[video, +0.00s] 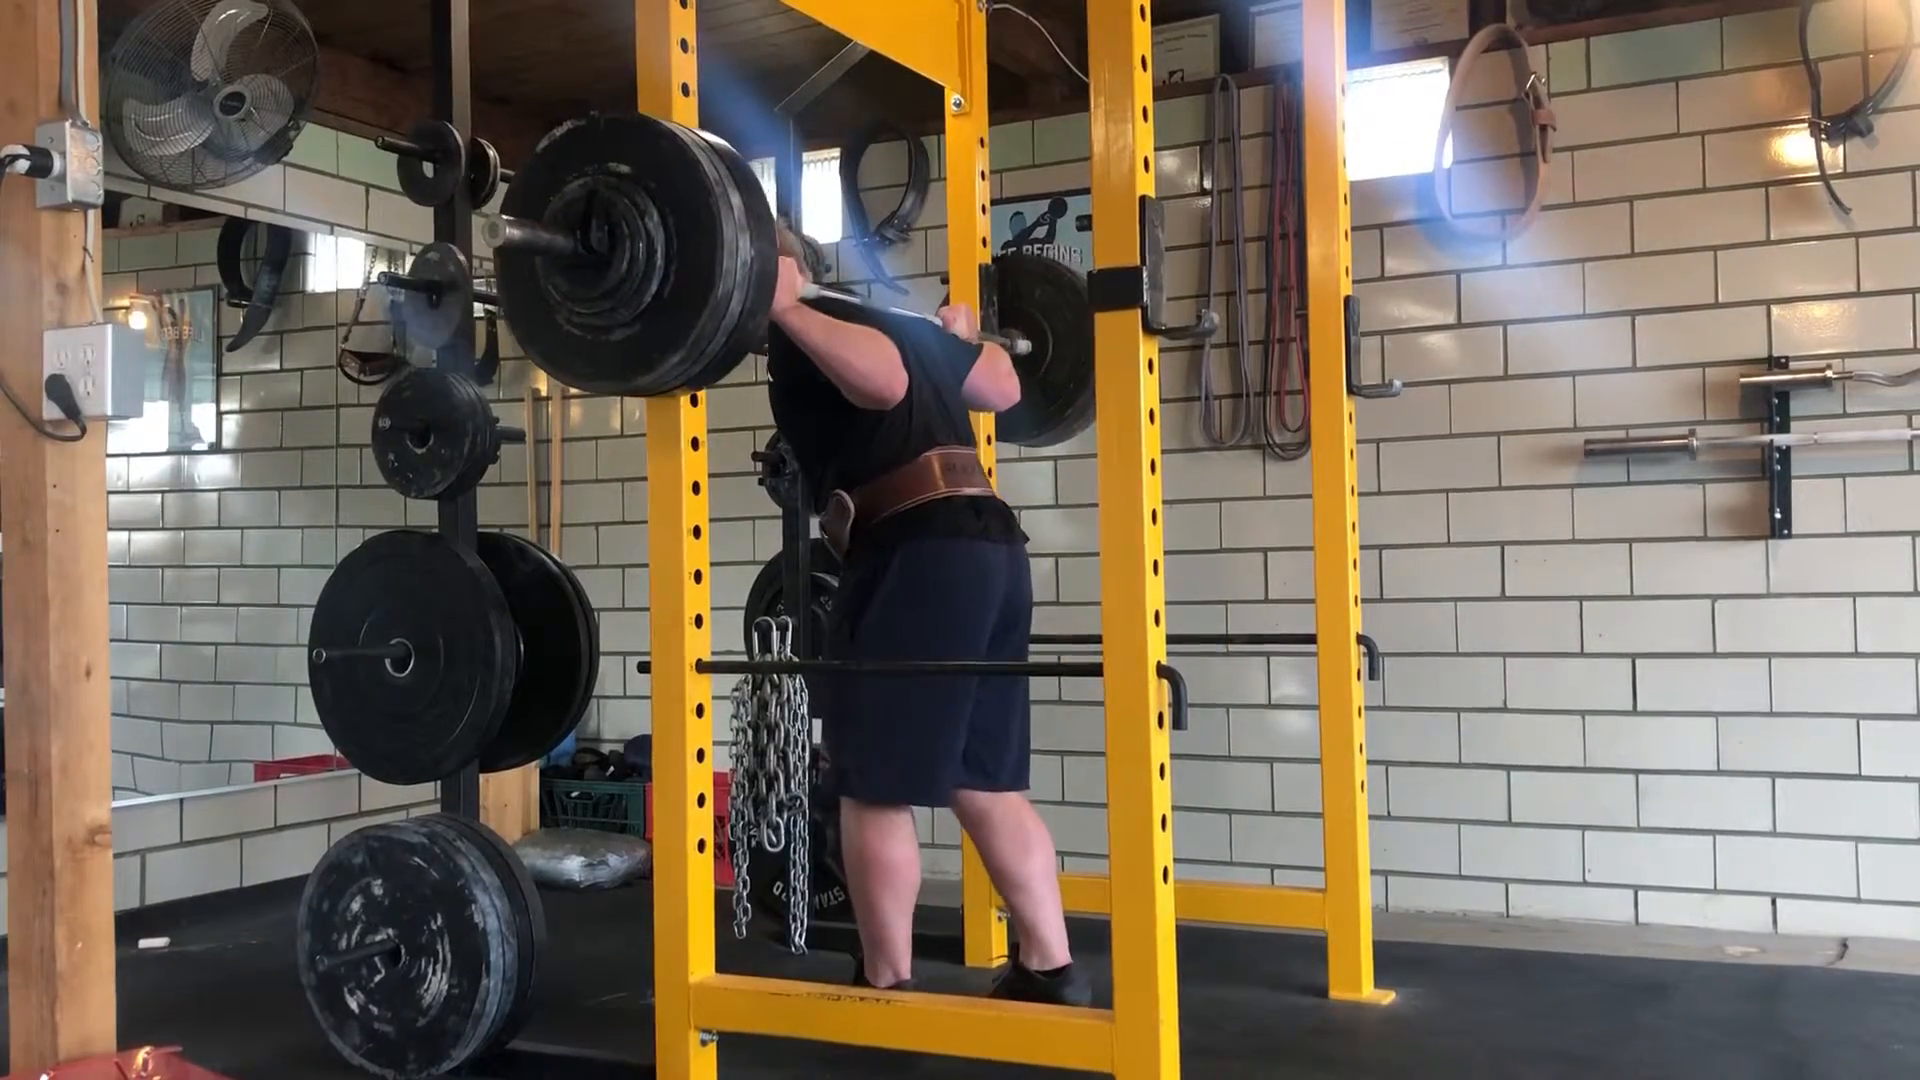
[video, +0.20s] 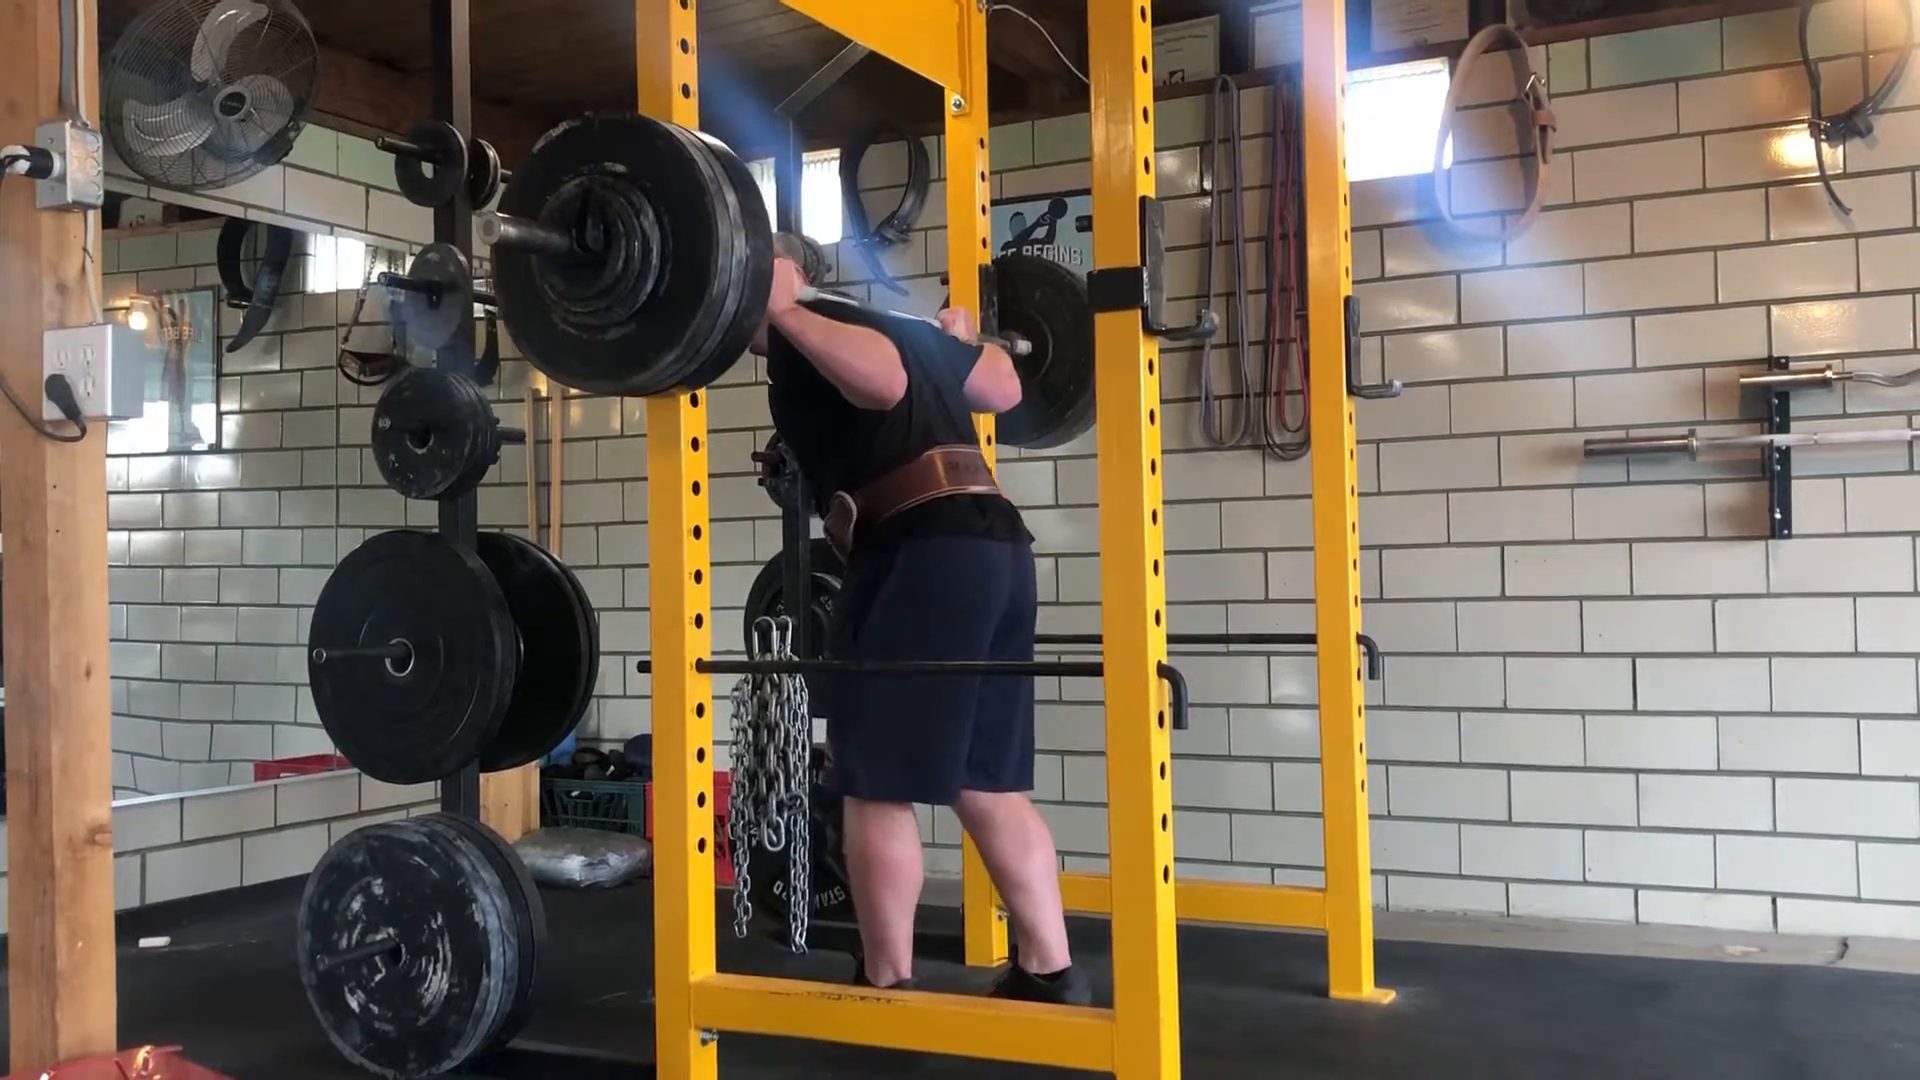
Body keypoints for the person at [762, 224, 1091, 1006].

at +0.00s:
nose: (750, 281)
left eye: (754, 262)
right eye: (750, 265)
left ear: (784, 260)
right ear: (803, 257)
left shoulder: (808, 326)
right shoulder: (888, 319)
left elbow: (886, 381)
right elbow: (1002, 385)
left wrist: (784, 306)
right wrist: (969, 339)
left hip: (924, 552)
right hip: (997, 550)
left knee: (876, 780)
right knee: (985, 777)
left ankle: (886, 985)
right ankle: (1049, 968)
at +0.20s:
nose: (746, 284)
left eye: (752, 269)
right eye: (747, 272)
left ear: (784, 272)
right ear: (814, 270)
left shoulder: (807, 331)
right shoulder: (897, 329)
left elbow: (885, 379)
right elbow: (1004, 387)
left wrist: (783, 310)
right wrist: (965, 337)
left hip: (928, 552)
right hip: (1003, 551)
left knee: (878, 775)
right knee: (989, 777)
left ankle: (885, 987)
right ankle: (1048, 971)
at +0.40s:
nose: (744, 335)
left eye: (748, 312)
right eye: (742, 318)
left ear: (781, 282)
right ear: (816, 276)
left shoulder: (809, 329)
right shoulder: (910, 328)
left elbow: (894, 369)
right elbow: (1017, 371)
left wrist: (786, 314)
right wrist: (967, 332)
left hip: (948, 557)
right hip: (1022, 554)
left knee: (890, 774)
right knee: (994, 778)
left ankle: (885, 984)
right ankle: (1048, 973)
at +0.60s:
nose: (779, 426)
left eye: (766, 409)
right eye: (766, 418)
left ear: (776, 369)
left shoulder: (822, 346)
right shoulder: (934, 331)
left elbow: (906, 358)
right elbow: (1037, 351)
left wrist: (791, 311)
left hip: (993, 549)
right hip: (1065, 541)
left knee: (930, 773)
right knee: (1028, 774)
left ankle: (875, 978)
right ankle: (1048, 975)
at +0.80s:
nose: (840, 459)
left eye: (824, 452)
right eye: (826, 457)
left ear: (817, 406)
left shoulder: (864, 367)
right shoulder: (969, 338)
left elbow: (907, 350)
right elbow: (1072, 348)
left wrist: (786, 309)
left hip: (1041, 544)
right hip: (1101, 534)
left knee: (968, 760)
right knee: (1042, 769)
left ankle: (992, 988)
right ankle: (1055, 978)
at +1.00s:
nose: (879, 451)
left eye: (864, 441)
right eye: (863, 446)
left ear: (859, 396)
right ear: (863, 399)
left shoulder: (936, 331)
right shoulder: (951, 371)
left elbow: (901, 364)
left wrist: (792, 306)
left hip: (1101, 539)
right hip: (1080, 543)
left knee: (1055, 763)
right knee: (1050, 762)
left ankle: (1179, 968)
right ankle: (1054, 973)